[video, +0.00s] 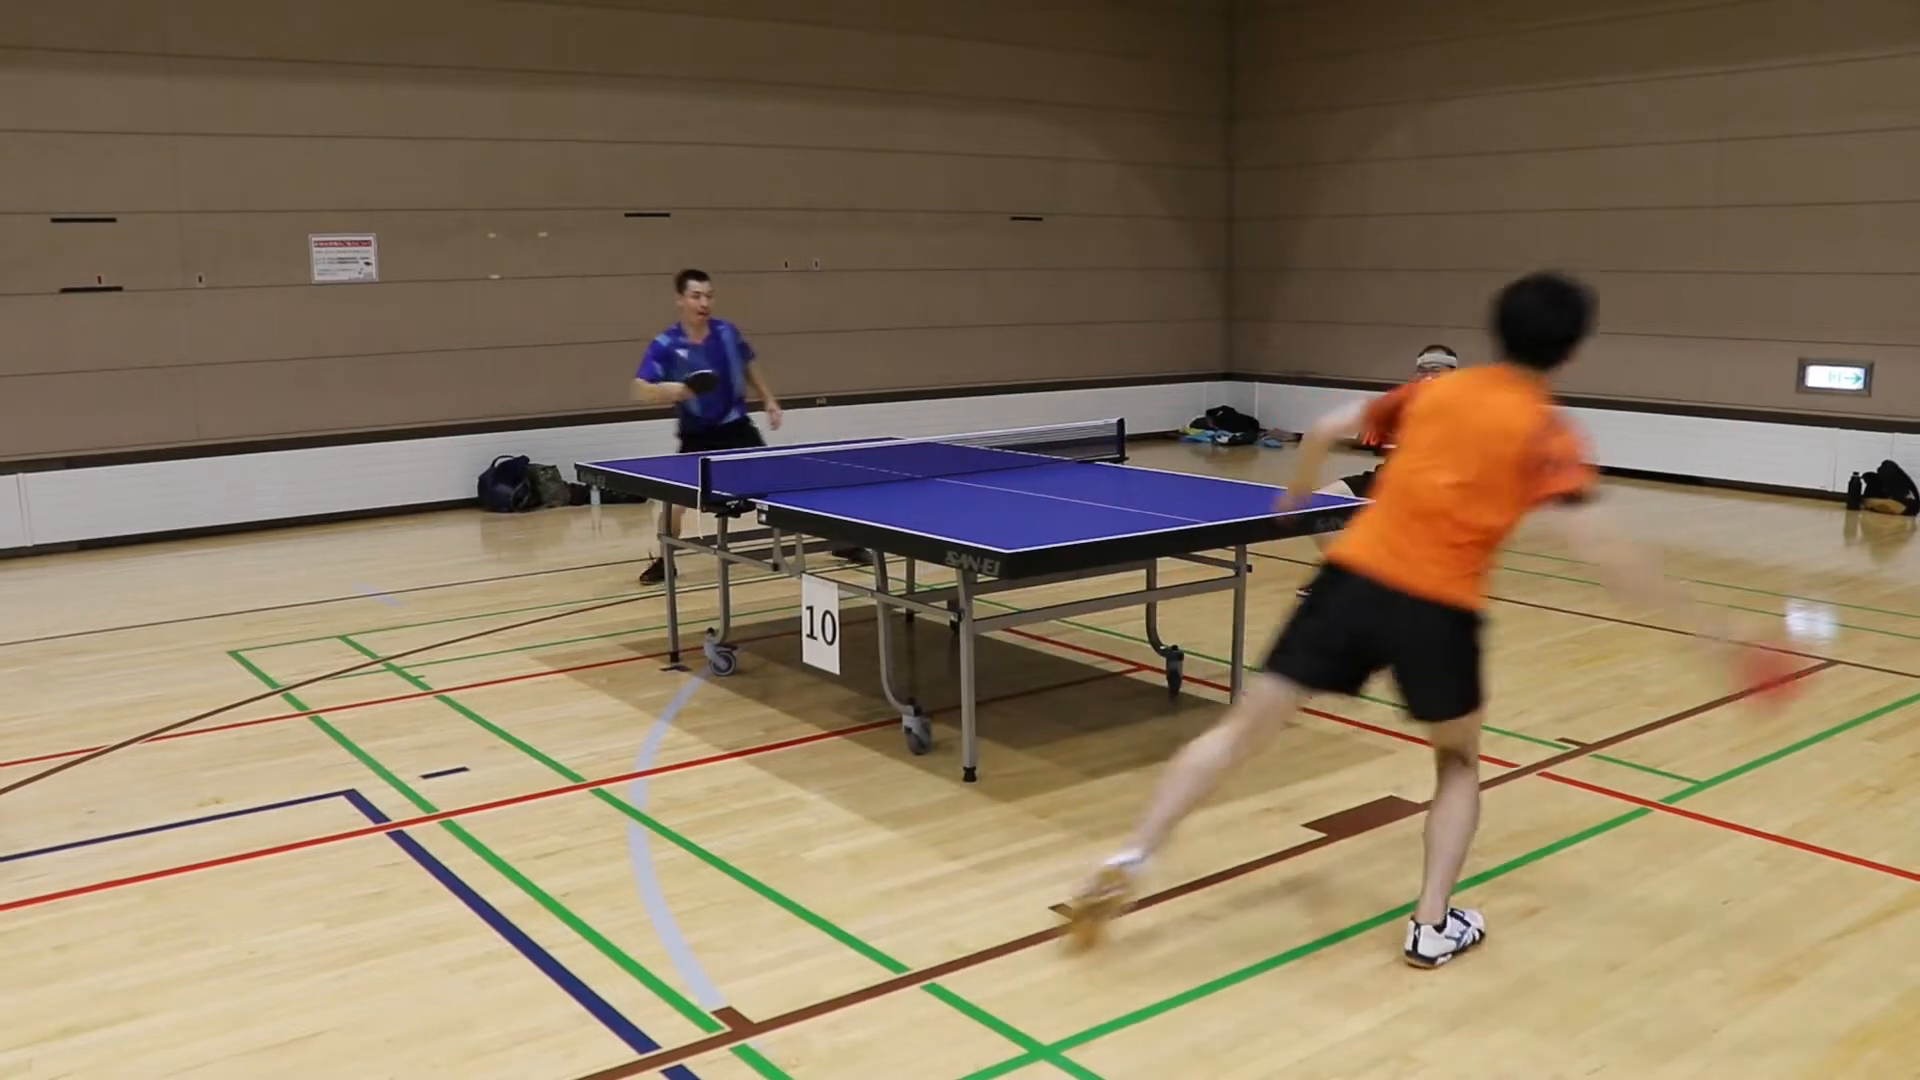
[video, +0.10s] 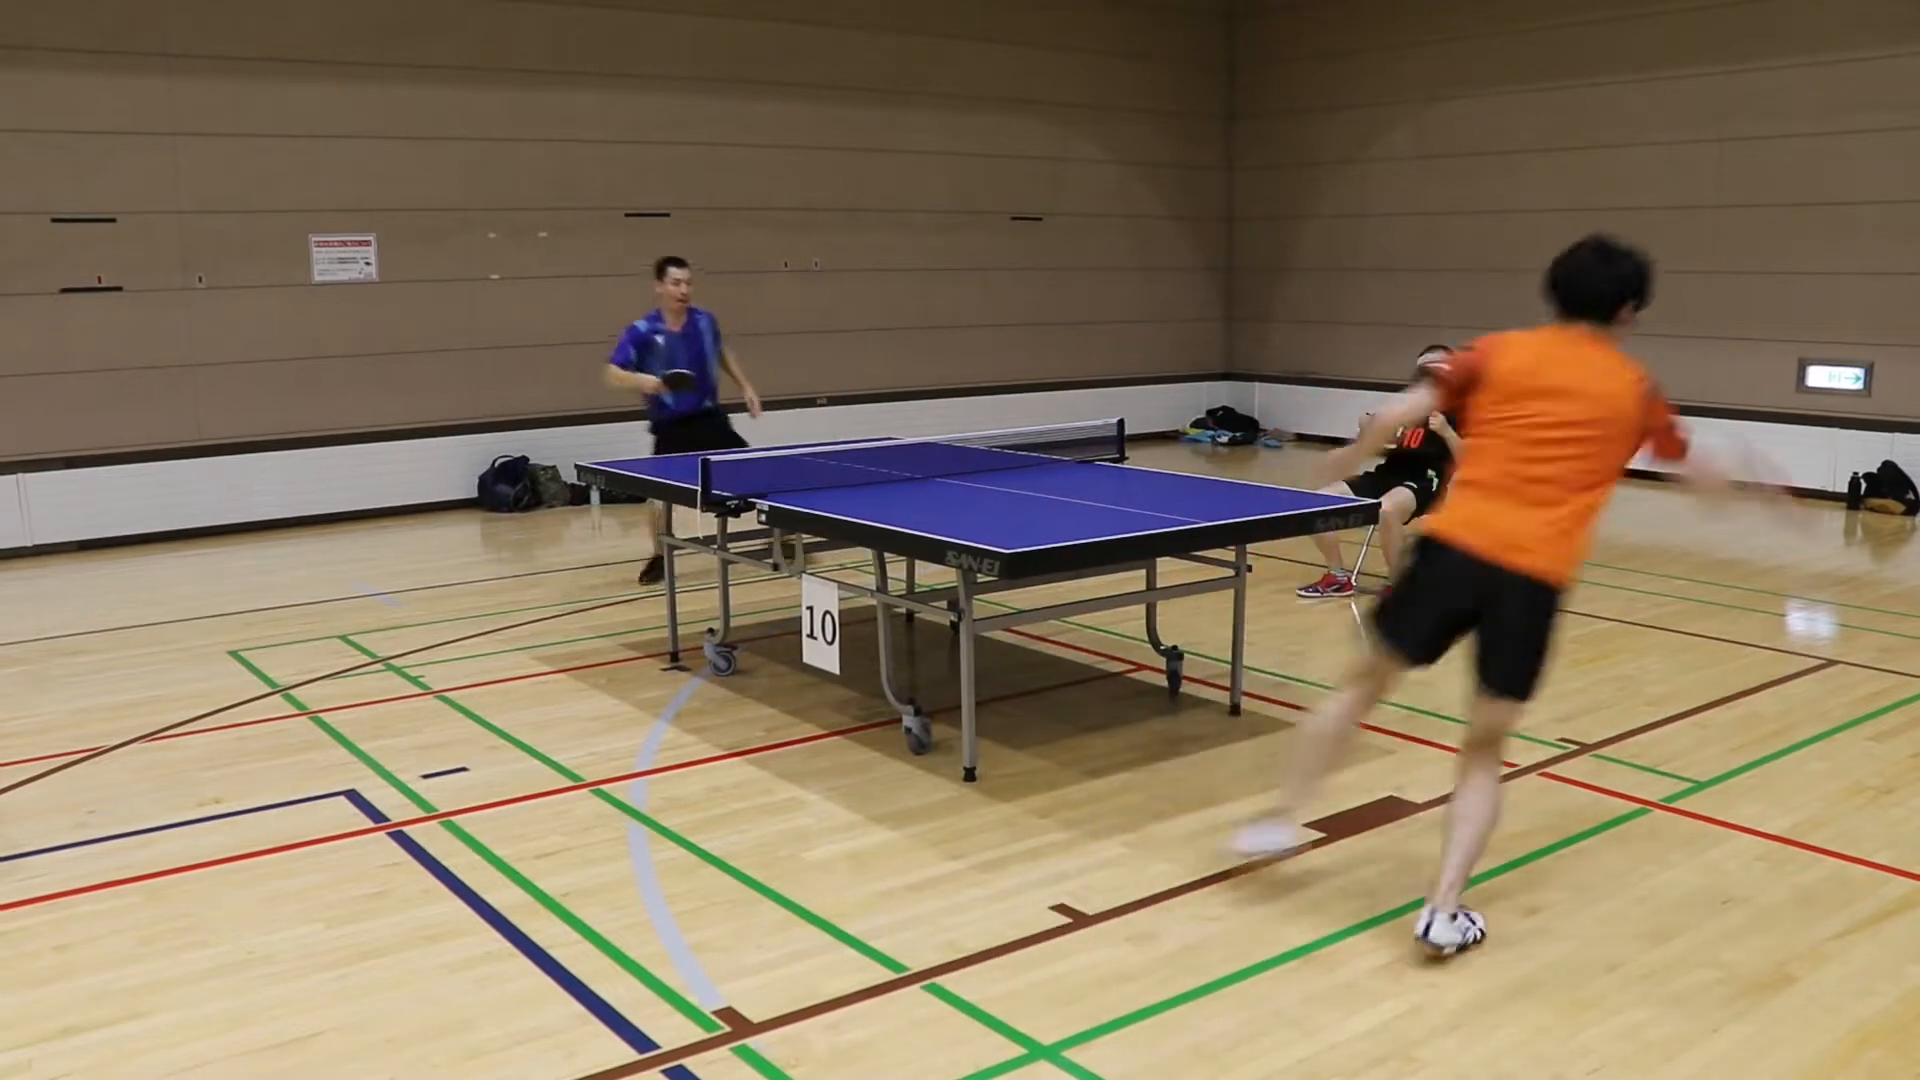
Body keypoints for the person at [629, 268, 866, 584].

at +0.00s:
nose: (704, 303)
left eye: (708, 296)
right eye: (696, 296)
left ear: (713, 300)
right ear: (679, 300)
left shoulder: (726, 333)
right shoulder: (666, 344)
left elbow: (748, 366)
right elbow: (640, 390)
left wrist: (769, 400)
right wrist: (680, 390)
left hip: (739, 430)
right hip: (697, 437)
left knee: (782, 481)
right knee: (674, 500)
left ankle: (839, 538)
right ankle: (664, 559)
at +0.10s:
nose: (684, 290)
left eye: (688, 283)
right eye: (675, 283)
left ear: (692, 287)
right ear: (659, 287)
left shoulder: (705, 322)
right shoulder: (641, 331)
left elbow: (722, 355)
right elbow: (612, 374)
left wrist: (747, 388)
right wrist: (642, 381)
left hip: (711, 424)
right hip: (671, 430)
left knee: (759, 469)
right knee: (657, 497)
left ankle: (782, 536)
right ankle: (660, 556)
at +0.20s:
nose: (665, 286)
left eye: (669, 279)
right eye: (657, 279)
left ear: (672, 282)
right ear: (640, 283)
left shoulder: (687, 319)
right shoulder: (623, 326)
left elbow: (708, 352)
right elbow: (587, 367)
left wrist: (732, 383)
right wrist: (619, 376)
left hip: (687, 421)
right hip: (646, 425)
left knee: (728, 473)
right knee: (635, 491)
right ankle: (617, 554)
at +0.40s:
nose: (618, 331)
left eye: (623, 323)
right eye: (610, 324)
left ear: (628, 325)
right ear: (595, 329)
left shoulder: (646, 361)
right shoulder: (584, 367)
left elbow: (677, 386)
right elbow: (551, 400)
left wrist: (707, 415)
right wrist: (547, 409)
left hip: (637, 462)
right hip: (593, 464)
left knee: (688, 505)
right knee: (569, 505)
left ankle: (684, 552)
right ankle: (537, 580)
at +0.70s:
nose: (501, 322)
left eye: (505, 314)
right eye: (493, 314)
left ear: (511, 316)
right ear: (475, 318)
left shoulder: (524, 348)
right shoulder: (457, 360)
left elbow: (556, 361)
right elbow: (418, 406)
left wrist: (598, 377)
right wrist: (413, 383)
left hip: (528, 446)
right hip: (487, 454)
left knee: (585, 505)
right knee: (494, 523)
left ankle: (582, 552)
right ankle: (527, 578)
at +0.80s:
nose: (478, 308)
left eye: (482, 301)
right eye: (470, 301)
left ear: (486, 304)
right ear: (450, 303)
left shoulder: (495, 339)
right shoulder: (427, 343)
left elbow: (528, 361)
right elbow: (390, 370)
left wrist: (561, 379)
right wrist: (378, 377)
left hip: (487, 440)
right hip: (444, 444)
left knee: (544, 507)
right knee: (448, 515)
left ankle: (530, 555)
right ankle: (471, 578)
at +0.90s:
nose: (448, 317)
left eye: (451, 309)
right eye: (440, 309)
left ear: (455, 312)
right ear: (418, 312)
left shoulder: (464, 351)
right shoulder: (395, 353)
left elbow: (490, 383)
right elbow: (353, 380)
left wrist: (522, 406)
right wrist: (350, 397)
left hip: (451, 453)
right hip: (408, 456)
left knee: (509, 518)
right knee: (397, 525)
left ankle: (487, 569)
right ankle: (346, 603)